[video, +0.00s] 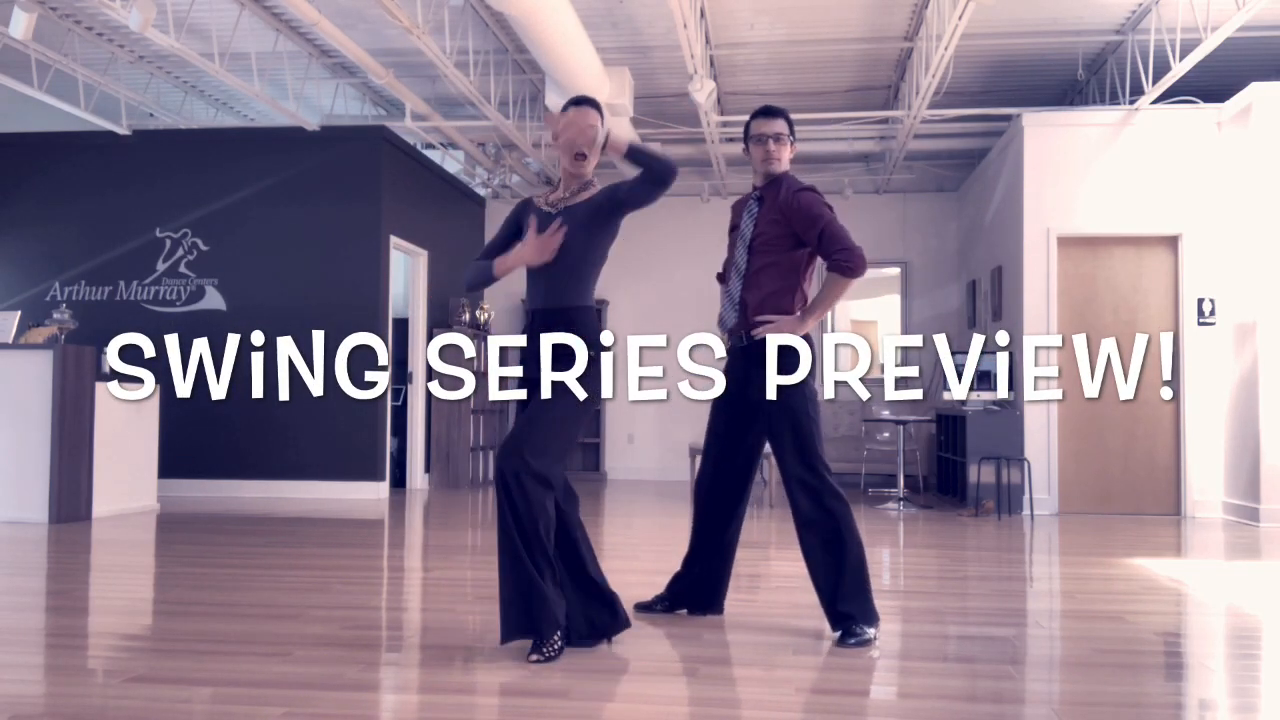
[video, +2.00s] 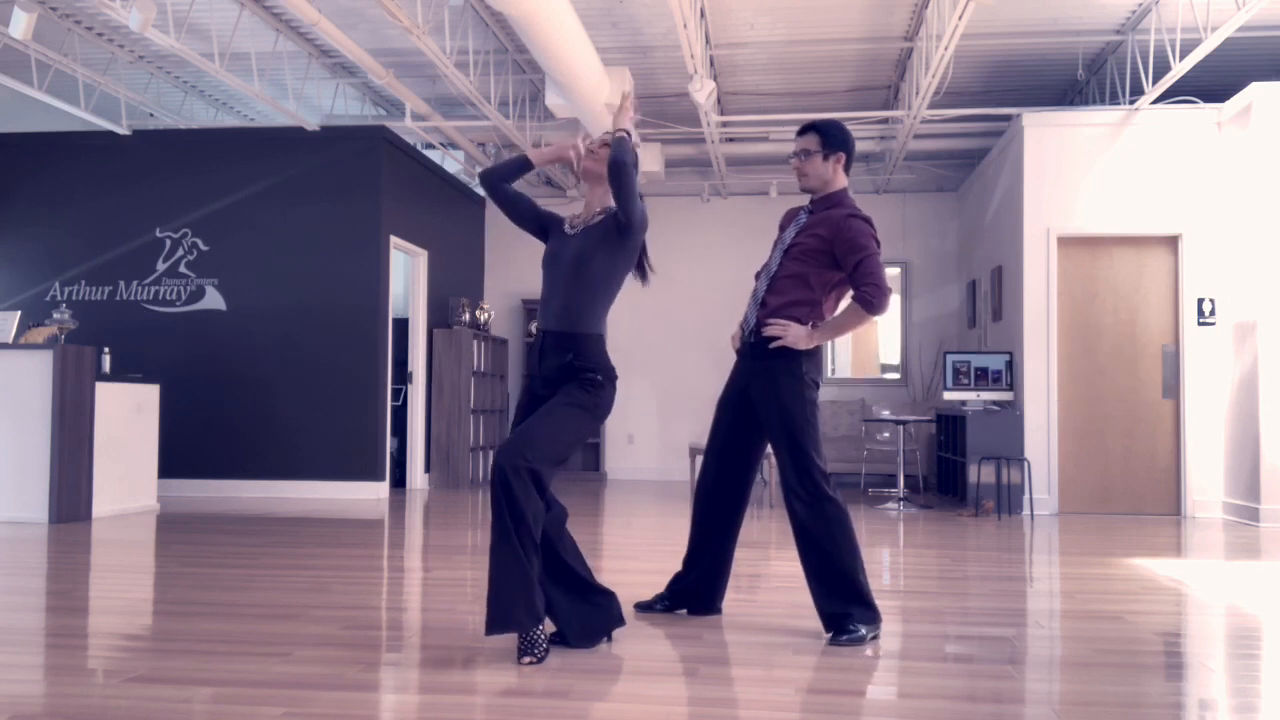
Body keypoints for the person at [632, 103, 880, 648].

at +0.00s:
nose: (770, 147)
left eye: (779, 139)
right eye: (760, 140)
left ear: (793, 148)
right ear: (746, 150)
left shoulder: (798, 199)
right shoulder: (744, 207)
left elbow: (849, 261)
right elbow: (740, 269)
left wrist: (805, 320)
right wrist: (733, 318)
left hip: (779, 355)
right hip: (741, 357)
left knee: (810, 482)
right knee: (720, 479)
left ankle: (855, 616)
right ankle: (697, 591)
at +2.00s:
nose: (795, 164)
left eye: (805, 156)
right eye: (794, 156)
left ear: (837, 162)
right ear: (806, 164)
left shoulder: (848, 221)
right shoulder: (798, 217)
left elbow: (874, 298)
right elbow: (780, 280)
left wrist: (817, 334)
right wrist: (747, 325)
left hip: (787, 364)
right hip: (751, 359)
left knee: (807, 487)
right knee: (721, 479)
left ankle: (855, 616)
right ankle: (697, 591)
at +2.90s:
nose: (793, 163)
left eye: (804, 154)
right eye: (792, 155)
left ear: (837, 159)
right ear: (807, 163)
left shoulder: (865, 218)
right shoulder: (791, 224)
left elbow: (906, 294)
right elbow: (740, 276)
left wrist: (848, 347)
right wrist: (690, 319)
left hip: (811, 370)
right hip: (764, 364)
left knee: (808, 493)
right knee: (706, 473)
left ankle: (857, 617)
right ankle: (699, 584)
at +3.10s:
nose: (797, 149)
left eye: (807, 141)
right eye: (789, 142)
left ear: (829, 152)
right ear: (780, 151)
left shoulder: (838, 208)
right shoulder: (765, 212)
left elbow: (885, 279)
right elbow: (700, 250)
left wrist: (831, 336)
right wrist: (630, 271)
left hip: (794, 363)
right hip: (745, 360)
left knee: (815, 490)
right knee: (694, 487)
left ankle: (856, 618)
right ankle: (688, 602)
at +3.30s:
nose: (785, 145)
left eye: (796, 137)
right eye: (776, 135)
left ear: (810, 148)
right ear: (762, 142)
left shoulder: (813, 206)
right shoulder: (730, 191)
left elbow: (859, 284)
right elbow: (656, 216)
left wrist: (794, 316)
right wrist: (587, 231)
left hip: (762, 356)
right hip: (709, 351)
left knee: (783, 473)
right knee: (684, 480)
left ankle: (833, 592)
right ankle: (691, 604)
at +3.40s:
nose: (778, 151)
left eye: (789, 143)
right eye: (768, 141)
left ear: (803, 152)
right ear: (754, 147)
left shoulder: (811, 218)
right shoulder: (723, 195)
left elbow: (851, 297)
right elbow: (651, 218)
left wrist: (786, 336)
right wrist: (597, 225)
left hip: (748, 355)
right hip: (695, 348)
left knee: (748, 459)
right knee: (676, 472)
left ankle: (775, 550)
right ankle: (688, 600)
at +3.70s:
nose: (756, 184)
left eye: (765, 174)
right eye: (746, 174)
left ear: (779, 180)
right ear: (731, 178)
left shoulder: (790, 240)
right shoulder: (707, 230)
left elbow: (832, 321)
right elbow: (641, 262)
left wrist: (792, 386)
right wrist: (564, 271)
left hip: (760, 386)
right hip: (707, 376)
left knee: (753, 481)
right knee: (663, 484)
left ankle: (730, 573)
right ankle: (682, 600)